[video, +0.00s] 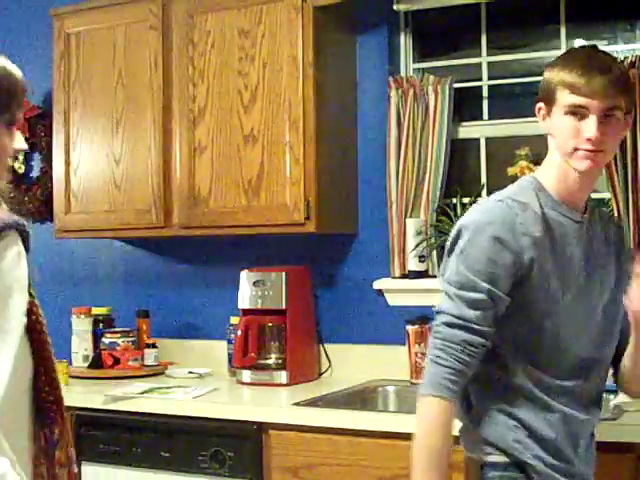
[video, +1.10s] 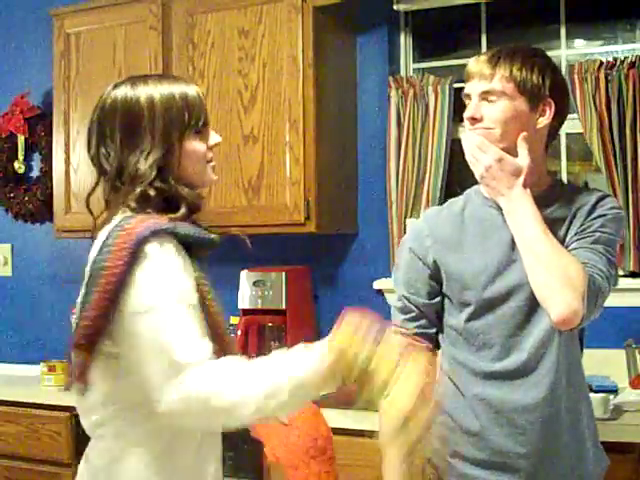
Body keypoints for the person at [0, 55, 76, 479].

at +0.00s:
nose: (20, 142)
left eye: (19, 125)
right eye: (13, 125)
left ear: (12, 130)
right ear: (1, 130)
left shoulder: (13, 239)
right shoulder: (9, 242)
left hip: (18, 460)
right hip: (12, 462)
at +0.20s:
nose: (66, 159)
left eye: (66, 141)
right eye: (56, 139)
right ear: (11, 140)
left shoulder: (19, 242)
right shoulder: (19, 250)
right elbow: (10, 438)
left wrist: (64, 454)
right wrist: (73, 467)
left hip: (37, 461)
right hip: (30, 464)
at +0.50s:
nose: (129, 161)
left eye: (126, 144)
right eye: (114, 143)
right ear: (60, 145)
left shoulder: (46, 249)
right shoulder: (33, 252)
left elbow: (35, 404)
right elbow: (4, 433)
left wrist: (115, 448)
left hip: (78, 468)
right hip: (54, 469)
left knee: (193, 473)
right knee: (193, 473)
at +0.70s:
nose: (167, 167)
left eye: (164, 151)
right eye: (150, 151)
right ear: (98, 155)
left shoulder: (85, 259)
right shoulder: (63, 265)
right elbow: (13, 432)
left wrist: (161, 434)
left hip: (121, 468)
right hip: (91, 471)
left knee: (244, 467)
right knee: (243, 469)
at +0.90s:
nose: (196, 152)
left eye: (190, 139)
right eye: (179, 142)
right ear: (135, 155)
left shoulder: (134, 259)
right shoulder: (105, 264)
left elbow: (134, 388)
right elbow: (48, 417)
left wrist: (209, 420)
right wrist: (104, 473)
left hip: (160, 467)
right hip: (130, 470)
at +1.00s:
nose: (208, 145)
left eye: (201, 132)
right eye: (191, 134)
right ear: (147, 148)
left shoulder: (151, 251)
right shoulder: (126, 259)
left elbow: (157, 376)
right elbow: (87, 410)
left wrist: (226, 409)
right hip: (120, 469)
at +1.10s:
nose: (214, 142)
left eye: (207, 129)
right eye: (198, 131)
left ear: (157, 147)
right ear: (154, 146)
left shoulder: (133, 240)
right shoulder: (152, 251)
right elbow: (181, 391)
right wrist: (327, 362)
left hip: (131, 467)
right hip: (150, 471)